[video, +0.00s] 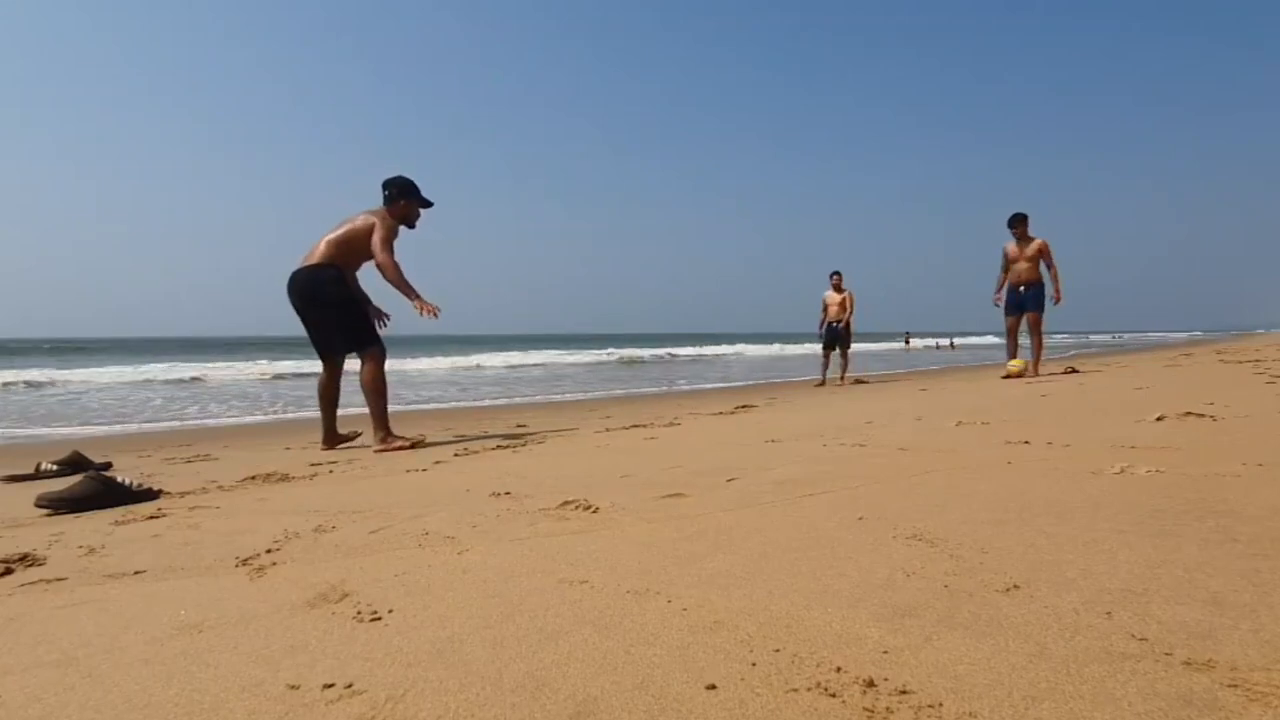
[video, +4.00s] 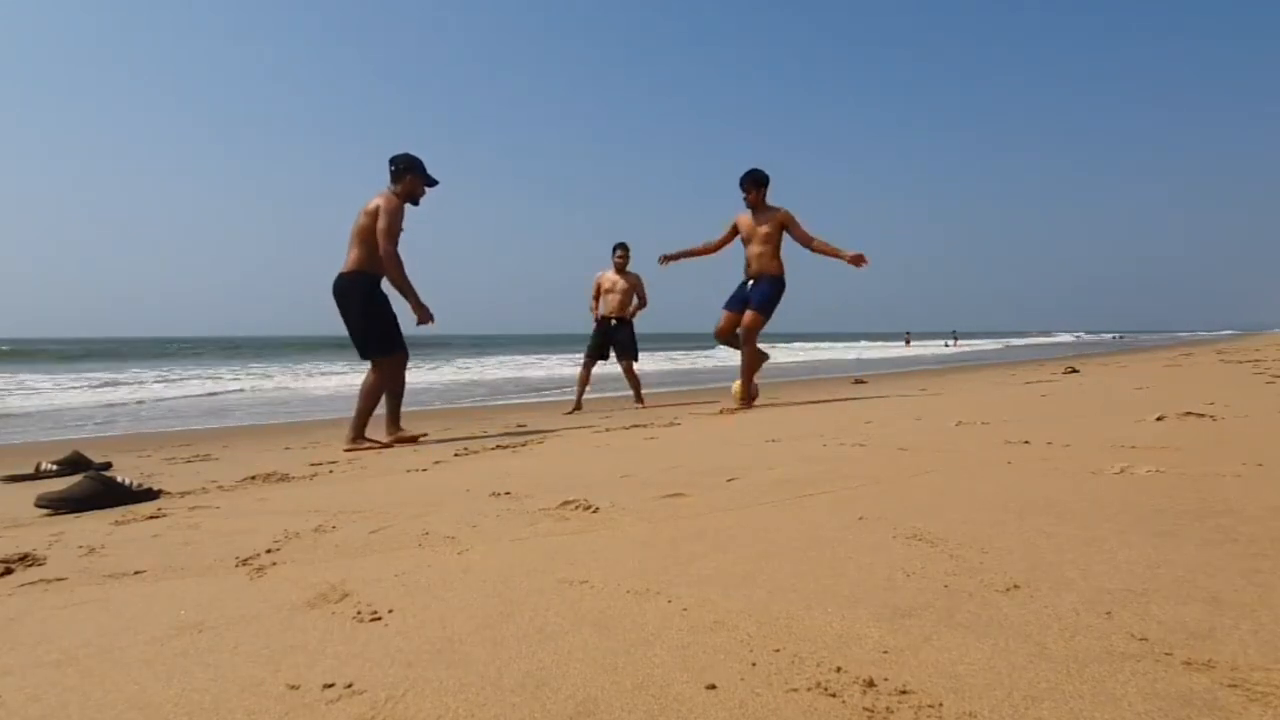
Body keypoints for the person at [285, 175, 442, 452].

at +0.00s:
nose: (419, 213)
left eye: (420, 207)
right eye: (416, 206)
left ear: (393, 203)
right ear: (399, 203)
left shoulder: (366, 220)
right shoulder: (384, 222)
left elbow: (346, 270)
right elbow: (384, 261)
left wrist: (367, 305)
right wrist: (416, 298)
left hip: (302, 282)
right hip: (328, 281)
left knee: (332, 361)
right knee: (373, 354)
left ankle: (329, 435)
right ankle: (382, 435)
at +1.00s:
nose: (424, 214)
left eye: (425, 208)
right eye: (422, 207)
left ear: (400, 203)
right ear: (407, 203)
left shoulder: (373, 221)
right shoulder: (393, 222)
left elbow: (348, 264)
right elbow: (393, 265)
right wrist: (426, 312)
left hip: (311, 284)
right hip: (339, 284)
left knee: (341, 362)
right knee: (389, 357)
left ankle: (334, 435)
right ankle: (385, 435)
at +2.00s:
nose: (397, 203)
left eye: (398, 197)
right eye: (394, 195)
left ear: (372, 192)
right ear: (378, 191)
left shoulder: (348, 212)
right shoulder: (366, 211)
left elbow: (328, 264)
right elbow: (357, 256)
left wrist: (336, 303)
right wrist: (389, 305)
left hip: (294, 283)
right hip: (317, 283)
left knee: (332, 361)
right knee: (365, 358)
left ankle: (323, 436)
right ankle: (350, 437)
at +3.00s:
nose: (406, 179)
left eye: (406, 173)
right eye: (403, 172)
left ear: (379, 169)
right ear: (387, 168)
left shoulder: (358, 193)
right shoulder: (372, 191)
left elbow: (361, 260)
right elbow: (365, 239)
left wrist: (387, 298)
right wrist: (397, 289)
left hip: (330, 276)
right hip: (342, 276)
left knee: (358, 359)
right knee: (369, 356)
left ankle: (328, 436)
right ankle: (348, 437)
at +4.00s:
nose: (424, 190)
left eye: (425, 185)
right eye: (421, 183)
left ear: (401, 180)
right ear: (406, 179)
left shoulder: (384, 204)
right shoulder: (389, 204)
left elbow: (386, 262)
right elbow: (387, 257)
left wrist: (414, 302)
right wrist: (417, 303)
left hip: (363, 286)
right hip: (358, 287)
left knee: (397, 357)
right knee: (383, 363)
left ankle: (393, 429)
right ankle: (355, 436)